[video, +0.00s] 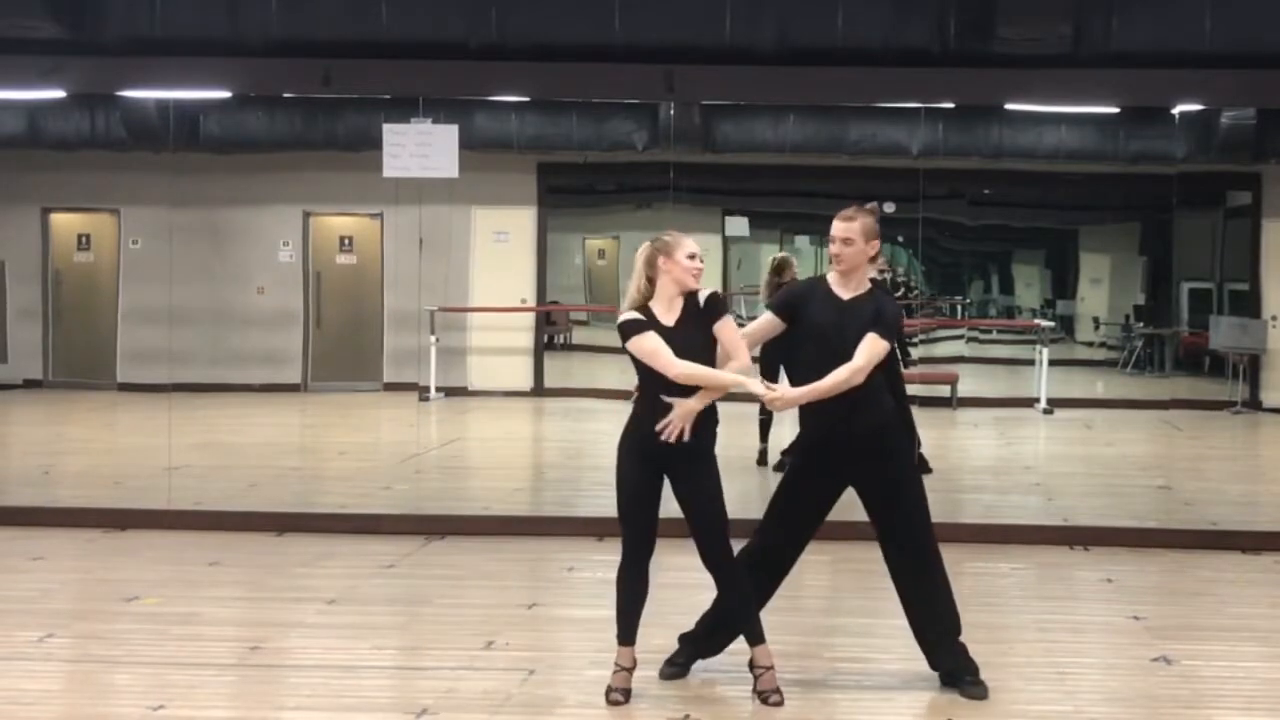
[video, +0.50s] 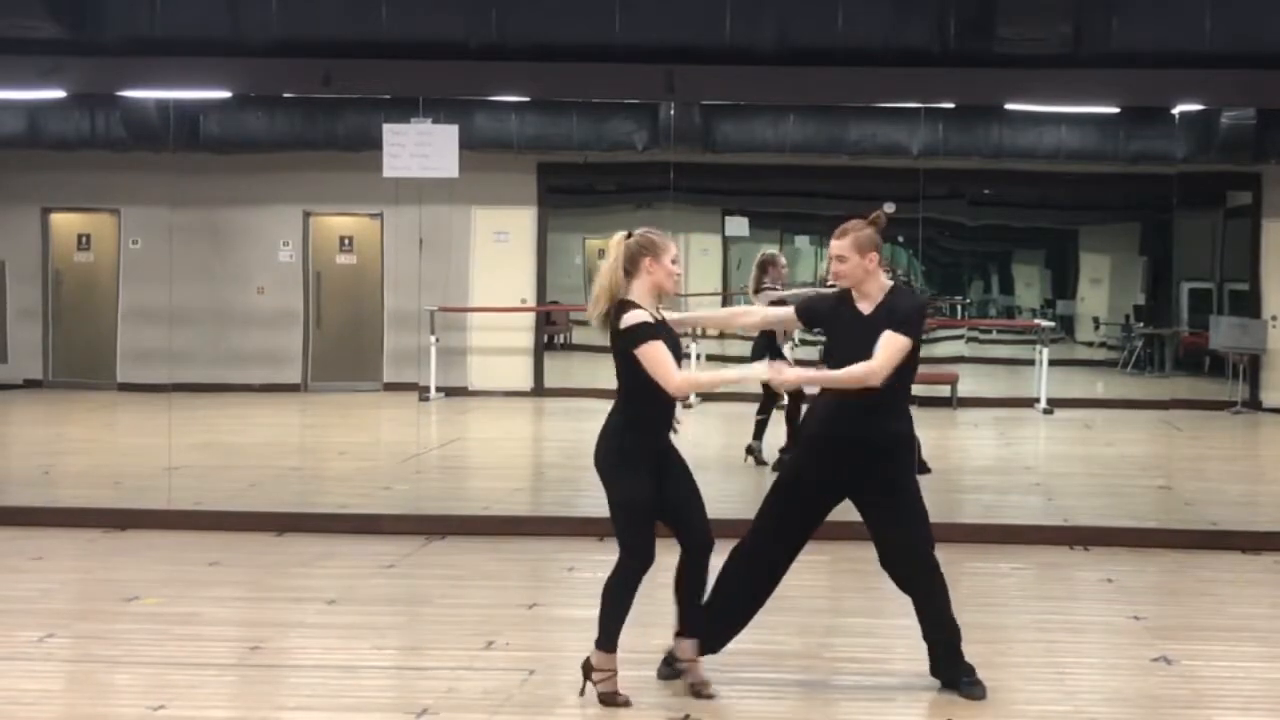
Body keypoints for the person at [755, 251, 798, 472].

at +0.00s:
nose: (796, 272)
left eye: (795, 268)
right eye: (794, 268)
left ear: (772, 270)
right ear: (791, 270)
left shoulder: (767, 290)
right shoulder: (797, 291)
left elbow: (762, 323)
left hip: (769, 347)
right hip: (793, 347)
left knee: (766, 398)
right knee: (804, 399)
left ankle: (763, 447)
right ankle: (797, 450)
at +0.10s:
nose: (793, 273)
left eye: (792, 270)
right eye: (792, 270)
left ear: (770, 272)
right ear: (789, 272)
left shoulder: (766, 291)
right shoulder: (794, 293)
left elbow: (761, 322)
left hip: (769, 347)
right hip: (792, 347)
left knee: (764, 397)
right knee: (804, 398)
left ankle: (762, 447)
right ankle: (795, 450)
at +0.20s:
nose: (790, 275)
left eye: (789, 271)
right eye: (788, 271)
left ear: (768, 273)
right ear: (785, 273)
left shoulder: (765, 290)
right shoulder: (792, 292)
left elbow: (761, 321)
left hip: (768, 346)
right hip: (791, 346)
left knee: (761, 396)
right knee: (805, 397)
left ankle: (762, 446)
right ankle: (800, 446)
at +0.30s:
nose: (788, 273)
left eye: (786, 270)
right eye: (785, 270)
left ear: (766, 274)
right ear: (782, 273)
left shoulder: (761, 292)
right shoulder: (792, 292)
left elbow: (750, 324)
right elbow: (801, 321)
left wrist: (755, 335)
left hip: (764, 344)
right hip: (787, 343)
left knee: (762, 396)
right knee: (802, 398)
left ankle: (762, 444)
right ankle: (803, 444)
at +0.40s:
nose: (786, 273)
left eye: (786, 269)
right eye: (782, 270)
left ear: (767, 276)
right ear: (770, 274)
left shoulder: (761, 295)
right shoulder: (782, 295)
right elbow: (792, 323)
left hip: (760, 347)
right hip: (778, 348)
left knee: (765, 397)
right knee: (797, 396)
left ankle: (759, 444)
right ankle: (809, 438)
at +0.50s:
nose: (785, 272)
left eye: (785, 267)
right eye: (781, 267)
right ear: (769, 270)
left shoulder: (769, 292)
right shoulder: (769, 294)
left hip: (769, 346)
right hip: (771, 347)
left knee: (770, 396)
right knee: (796, 395)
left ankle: (756, 442)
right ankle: (792, 444)